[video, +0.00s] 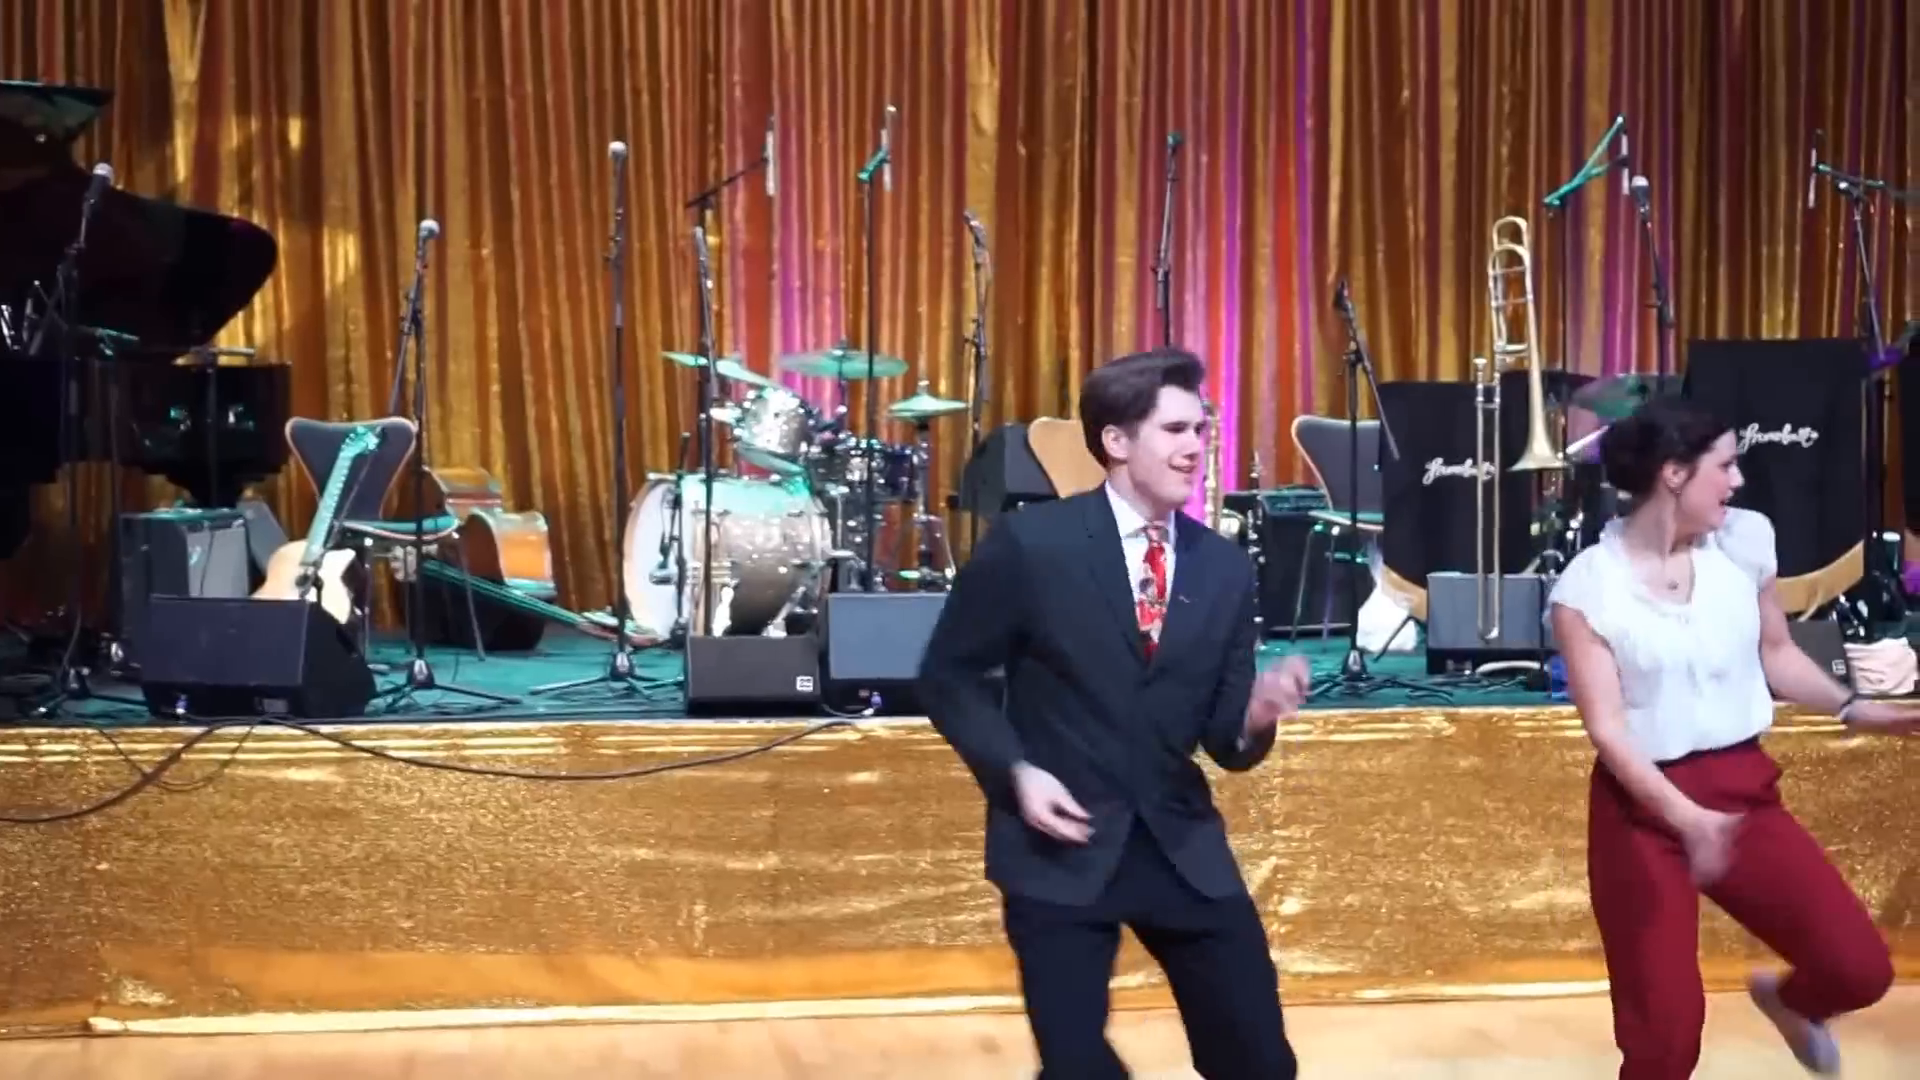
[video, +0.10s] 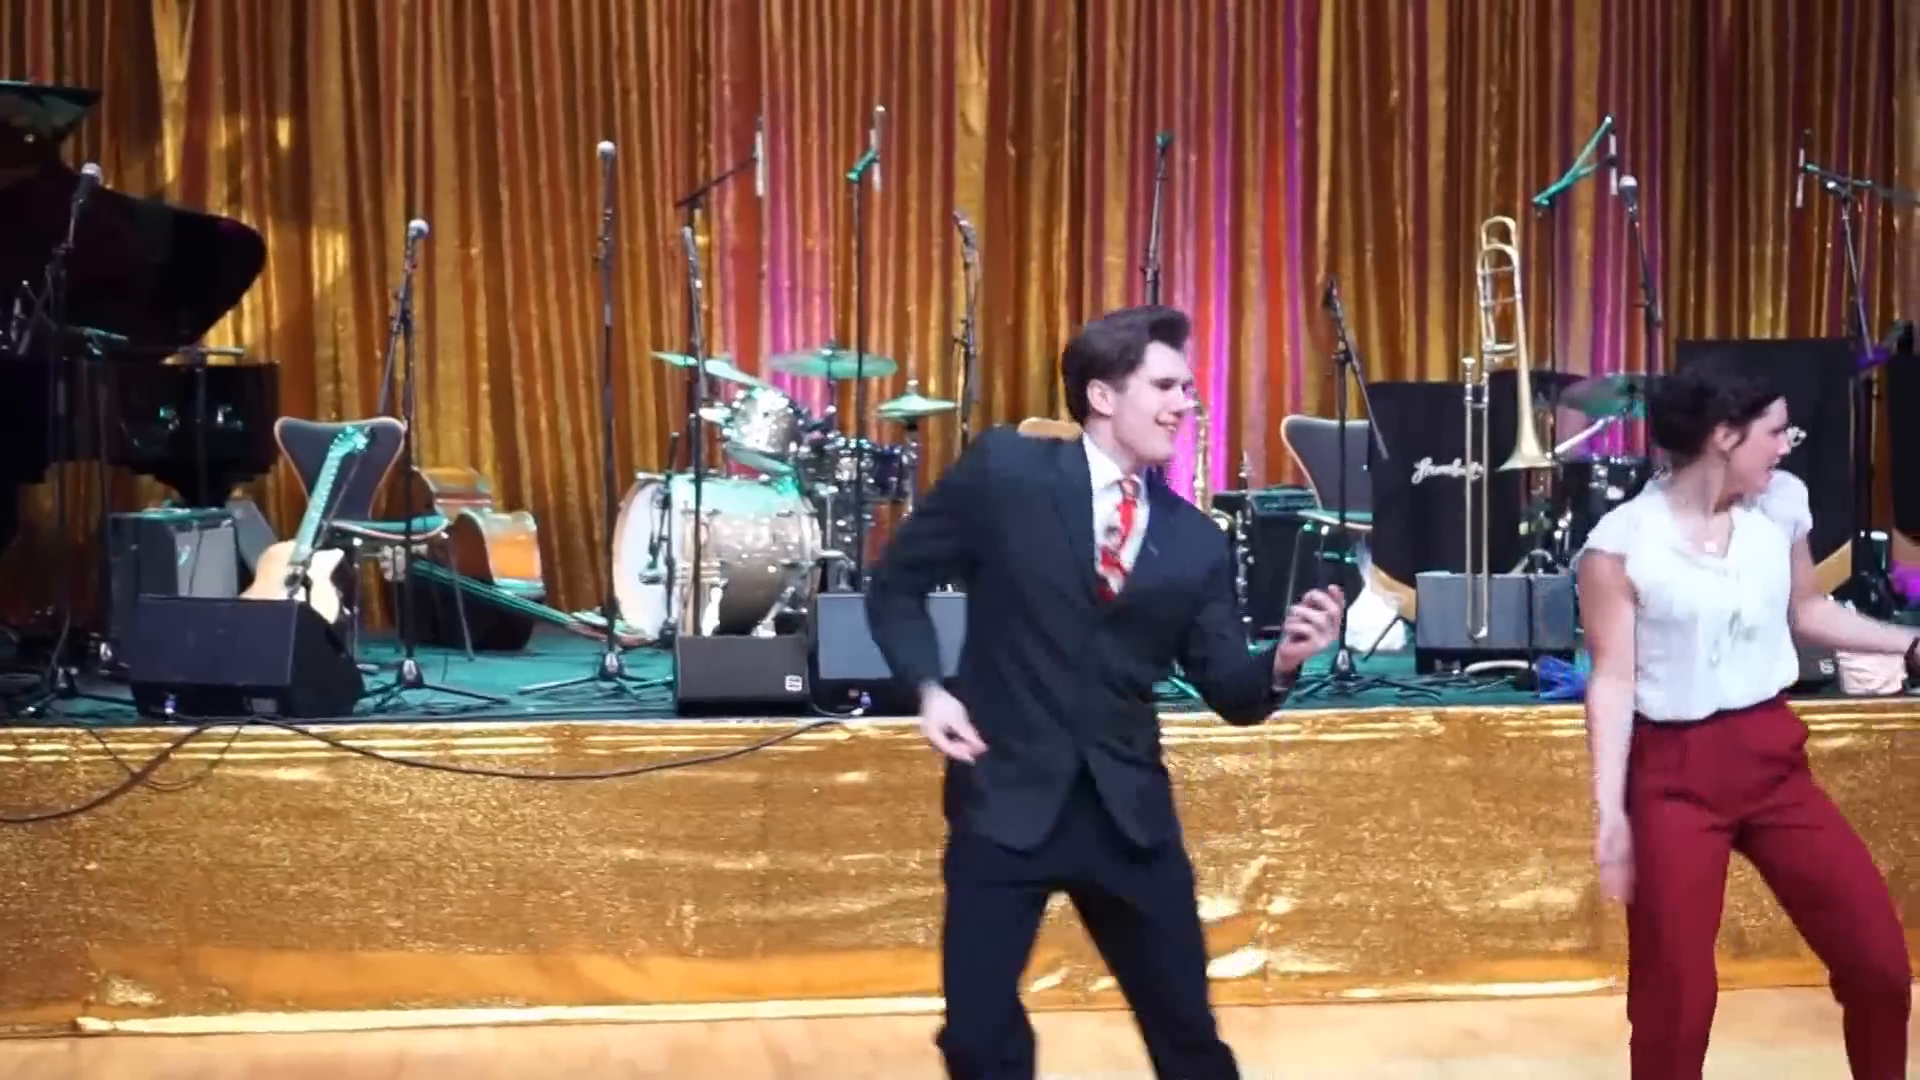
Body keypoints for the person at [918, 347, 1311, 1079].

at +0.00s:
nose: (1194, 447)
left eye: (1201, 429)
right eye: (1175, 428)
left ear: (1210, 438)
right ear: (1115, 444)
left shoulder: (1225, 567)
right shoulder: (1027, 546)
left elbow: (1228, 742)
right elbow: (947, 674)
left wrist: (1257, 721)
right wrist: (1015, 772)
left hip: (1181, 844)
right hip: (1056, 846)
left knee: (1257, 1059)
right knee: (1073, 1061)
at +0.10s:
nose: (1185, 404)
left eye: (1187, 388)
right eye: (1164, 386)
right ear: (1100, 397)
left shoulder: (1199, 544)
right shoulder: (1002, 473)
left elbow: (1235, 695)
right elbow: (895, 582)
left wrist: (1284, 657)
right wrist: (928, 687)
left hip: (1127, 805)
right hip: (1003, 795)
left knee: (1185, 1035)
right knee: (977, 1033)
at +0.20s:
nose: (1138, 401)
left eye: (1141, 384)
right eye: (1120, 379)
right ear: (1056, 389)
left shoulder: (1138, 528)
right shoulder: (955, 457)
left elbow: (1204, 644)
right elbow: (819, 537)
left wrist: (1314, 669)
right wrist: (832, 641)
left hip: (1083, 799)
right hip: (957, 791)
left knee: (1128, 1039)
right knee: (893, 1028)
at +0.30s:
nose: (1069, 421)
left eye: (1073, 404)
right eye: (1052, 401)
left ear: (1064, 420)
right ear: (987, 411)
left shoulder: (1081, 546)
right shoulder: (878, 485)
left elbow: (1179, 649)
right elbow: (717, 515)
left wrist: (1313, 711)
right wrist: (735, 603)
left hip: (1034, 835)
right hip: (902, 831)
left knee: (1103, 1052)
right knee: (834, 1046)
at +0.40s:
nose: (996, 432)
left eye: (996, 414)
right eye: (976, 414)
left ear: (983, 427)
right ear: (908, 430)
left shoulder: (1024, 541)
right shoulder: (812, 510)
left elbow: (1126, 658)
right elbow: (650, 549)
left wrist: (1251, 757)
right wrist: (659, 600)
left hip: (985, 830)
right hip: (851, 831)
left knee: (1066, 1045)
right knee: (798, 1051)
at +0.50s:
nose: (908, 488)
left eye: (907, 467)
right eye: (884, 475)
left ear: (913, 473)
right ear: (821, 503)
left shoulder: (968, 563)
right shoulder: (751, 591)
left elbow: (1062, 687)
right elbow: (614, 698)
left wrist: (1166, 798)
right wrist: (622, 666)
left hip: (947, 834)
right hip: (812, 839)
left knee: (958, 1048)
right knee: (781, 1058)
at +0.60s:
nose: (846, 528)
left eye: (842, 505)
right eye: (819, 524)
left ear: (848, 494)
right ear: (766, 553)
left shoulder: (930, 578)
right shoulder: (721, 643)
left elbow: (1015, 697)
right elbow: (685, 809)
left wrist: (1109, 807)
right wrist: (653, 746)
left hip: (917, 851)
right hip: (792, 853)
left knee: (859, 1066)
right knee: (754, 1067)